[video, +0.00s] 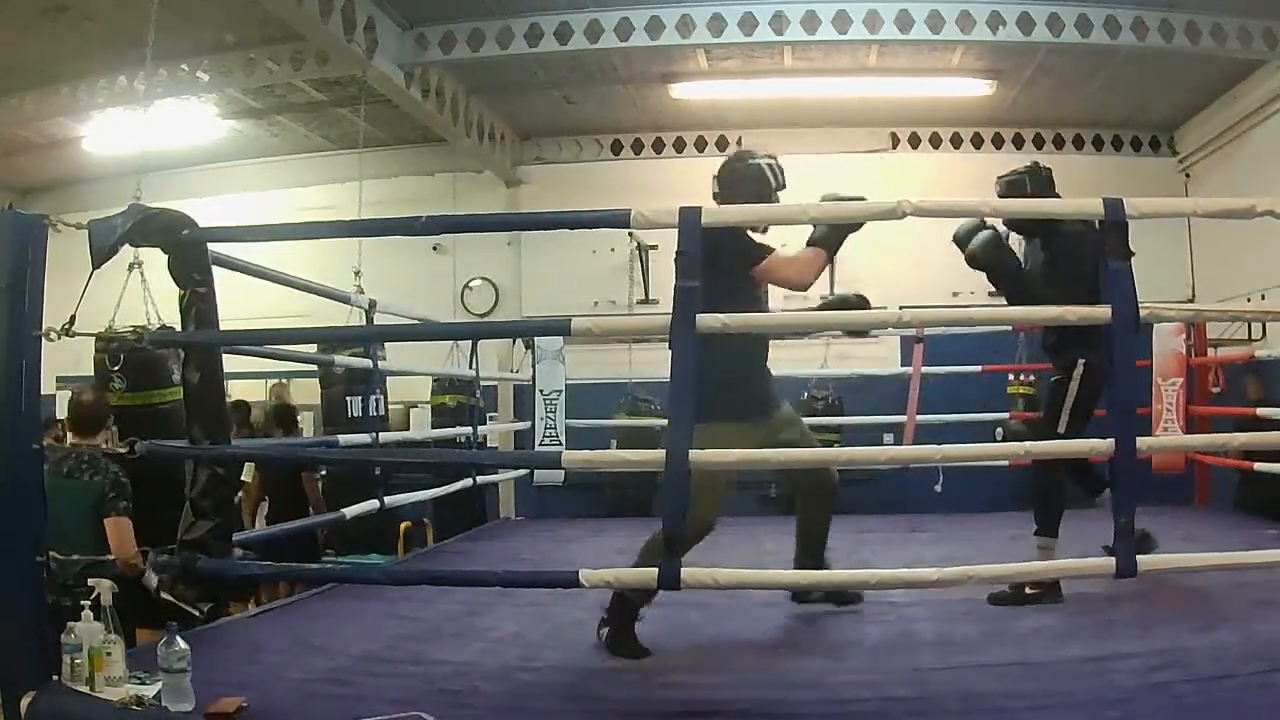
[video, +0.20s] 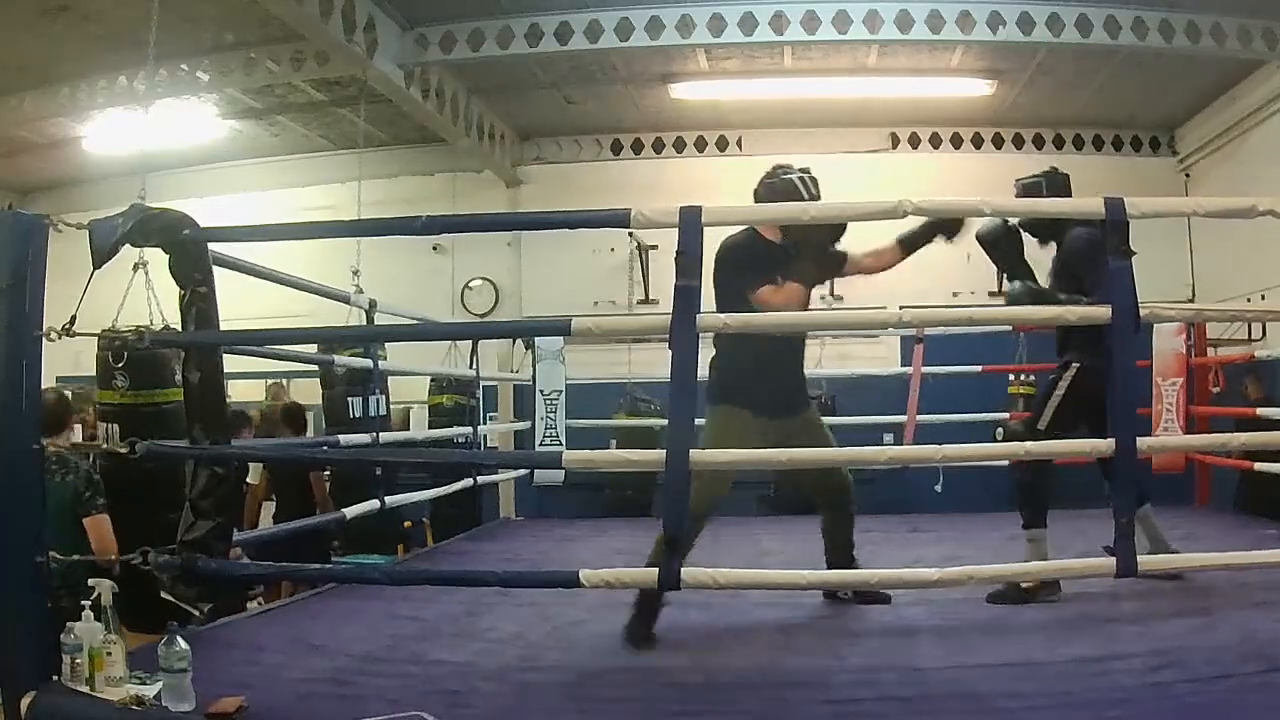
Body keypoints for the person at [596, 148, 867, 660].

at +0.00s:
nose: (770, 208)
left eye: (771, 199)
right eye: (765, 198)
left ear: (729, 192)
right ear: (745, 195)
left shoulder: (736, 241)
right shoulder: (717, 238)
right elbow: (799, 275)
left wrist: (825, 239)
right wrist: (831, 232)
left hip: (760, 401)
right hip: (715, 407)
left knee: (818, 476)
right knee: (697, 517)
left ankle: (809, 574)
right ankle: (620, 614)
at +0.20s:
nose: (802, 221)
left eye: (805, 214)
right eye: (796, 213)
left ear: (804, 214)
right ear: (771, 208)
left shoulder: (802, 253)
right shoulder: (735, 253)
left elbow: (870, 262)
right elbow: (785, 304)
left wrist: (926, 232)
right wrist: (810, 258)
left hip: (793, 406)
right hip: (737, 408)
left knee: (836, 489)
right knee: (697, 505)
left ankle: (841, 577)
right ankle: (647, 605)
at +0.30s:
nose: (814, 222)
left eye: (817, 216)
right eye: (809, 214)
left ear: (810, 215)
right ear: (788, 209)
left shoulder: (808, 255)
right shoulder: (749, 252)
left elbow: (867, 282)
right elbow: (799, 302)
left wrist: (921, 258)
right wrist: (822, 256)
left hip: (804, 393)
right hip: (750, 398)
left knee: (861, 465)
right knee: (741, 477)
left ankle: (855, 563)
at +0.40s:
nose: (834, 225)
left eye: (835, 217)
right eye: (830, 216)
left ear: (811, 216)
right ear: (807, 214)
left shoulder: (828, 268)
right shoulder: (763, 263)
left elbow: (886, 288)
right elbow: (797, 316)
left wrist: (932, 256)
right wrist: (833, 271)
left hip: (816, 407)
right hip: (762, 411)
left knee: (871, 476)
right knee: (751, 501)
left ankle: (890, 557)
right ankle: (714, 586)